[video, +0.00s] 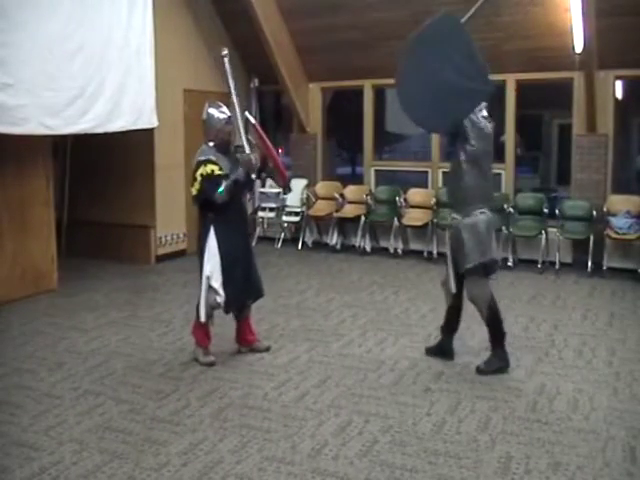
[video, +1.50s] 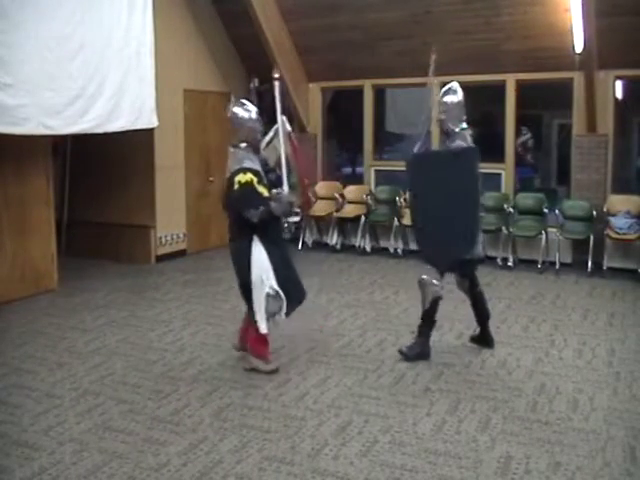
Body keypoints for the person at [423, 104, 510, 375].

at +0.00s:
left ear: (460, 101)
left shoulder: (475, 129)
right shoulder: (462, 130)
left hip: (476, 217)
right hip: (460, 217)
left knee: (477, 289)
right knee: (452, 285)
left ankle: (499, 353)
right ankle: (446, 342)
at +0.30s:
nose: (423, 108)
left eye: (425, 100)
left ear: (437, 99)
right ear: (454, 97)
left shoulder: (451, 130)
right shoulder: (464, 129)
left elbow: (425, 164)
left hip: (450, 216)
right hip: (458, 214)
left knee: (430, 281)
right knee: (442, 279)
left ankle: (459, 338)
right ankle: (446, 339)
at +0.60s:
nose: (432, 116)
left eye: (437, 110)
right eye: (430, 110)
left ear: (448, 112)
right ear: (428, 112)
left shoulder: (449, 143)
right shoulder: (439, 142)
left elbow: (424, 177)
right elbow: (424, 176)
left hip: (448, 226)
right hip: (441, 223)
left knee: (415, 282)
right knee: (424, 279)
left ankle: (422, 348)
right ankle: (445, 330)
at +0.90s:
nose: (446, 118)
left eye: (450, 114)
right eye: (448, 113)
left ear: (453, 119)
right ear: (466, 120)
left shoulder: (447, 150)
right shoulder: (469, 149)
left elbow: (425, 181)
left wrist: (410, 149)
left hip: (444, 223)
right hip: (463, 222)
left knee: (416, 282)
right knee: (461, 284)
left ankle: (422, 349)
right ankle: (483, 333)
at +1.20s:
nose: (453, 117)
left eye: (457, 112)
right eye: (454, 112)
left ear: (466, 114)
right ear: (470, 116)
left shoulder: (466, 145)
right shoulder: (473, 141)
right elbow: (446, 167)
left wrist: (423, 150)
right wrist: (430, 151)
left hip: (454, 221)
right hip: (465, 220)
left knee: (433, 278)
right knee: (465, 280)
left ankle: (421, 341)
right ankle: (484, 333)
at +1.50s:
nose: (443, 114)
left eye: (449, 109)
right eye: (441, 109)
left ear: (458, 113)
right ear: (438, 110)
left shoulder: (461, 142)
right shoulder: (435, 139)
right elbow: (415, 161)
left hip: (454, 220)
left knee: (432, 278)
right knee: (468, 279)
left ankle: (422, 342)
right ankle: (485, 333)